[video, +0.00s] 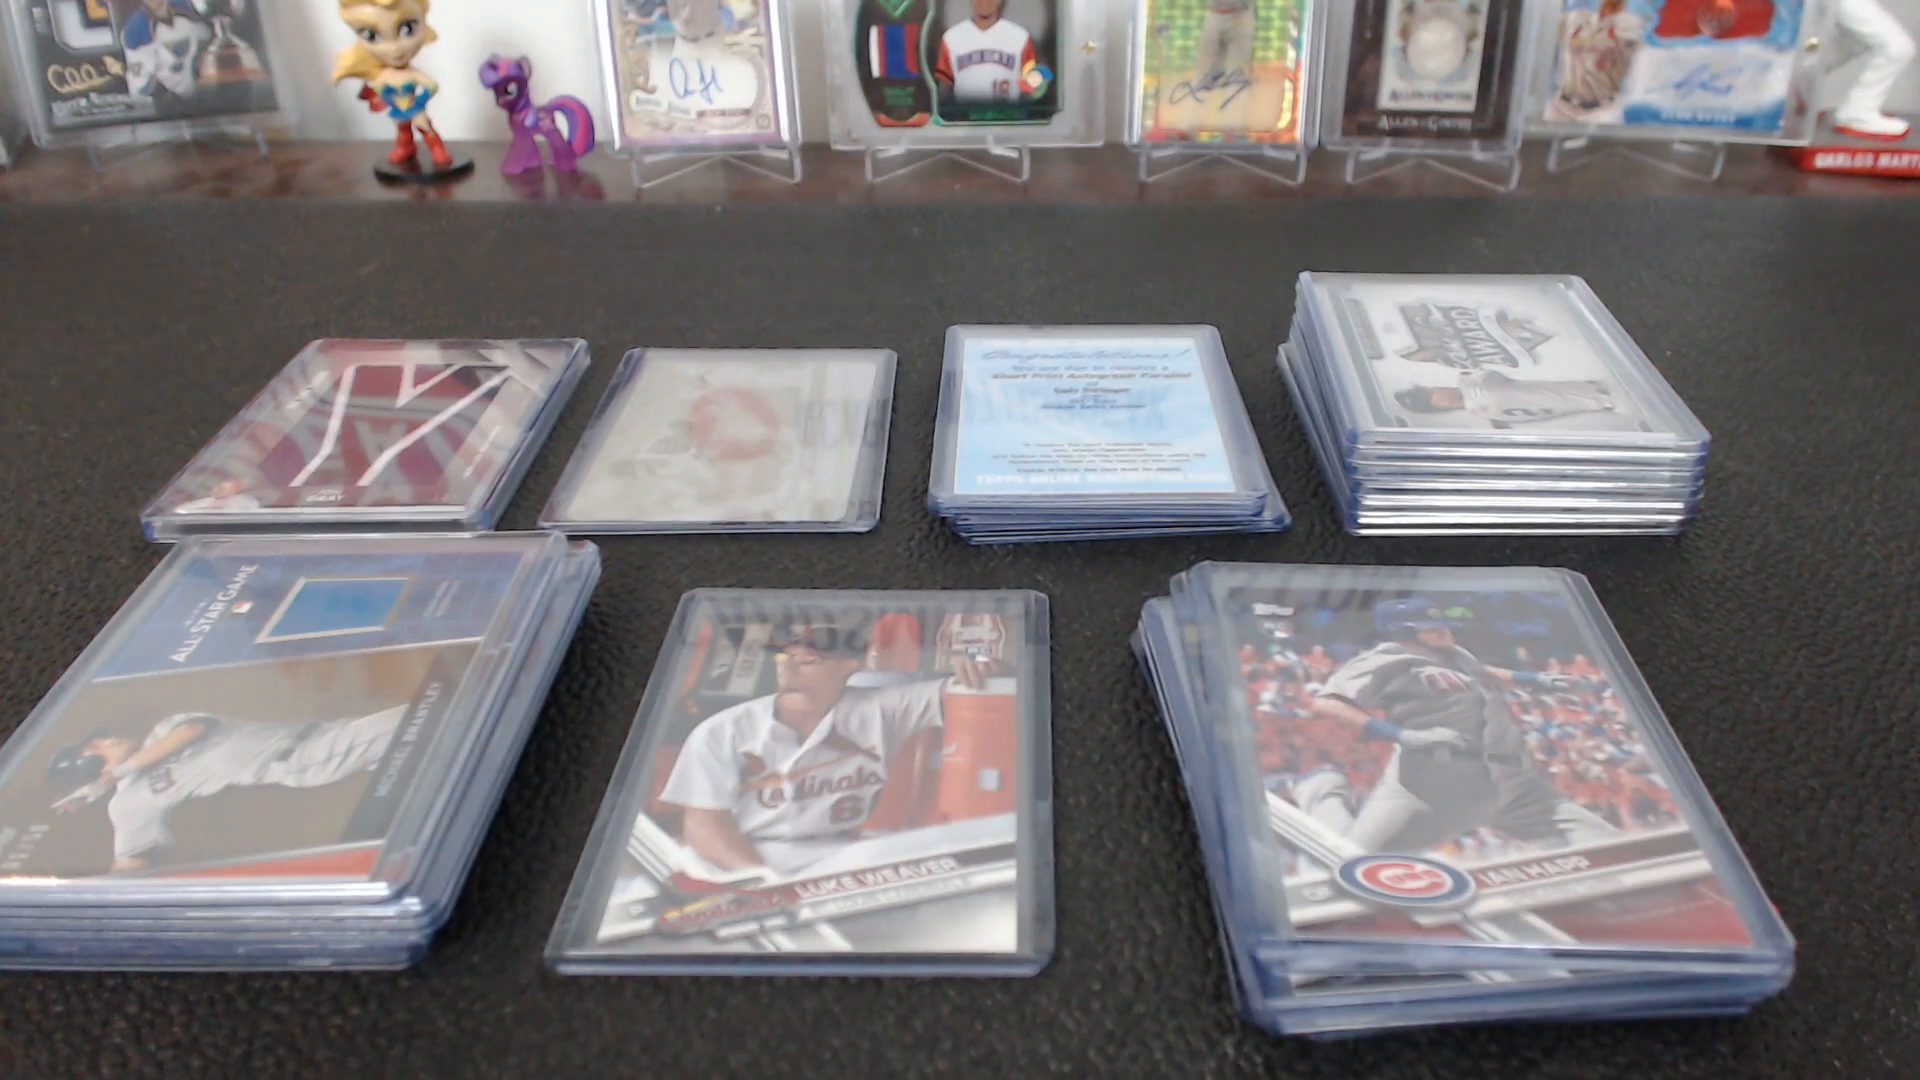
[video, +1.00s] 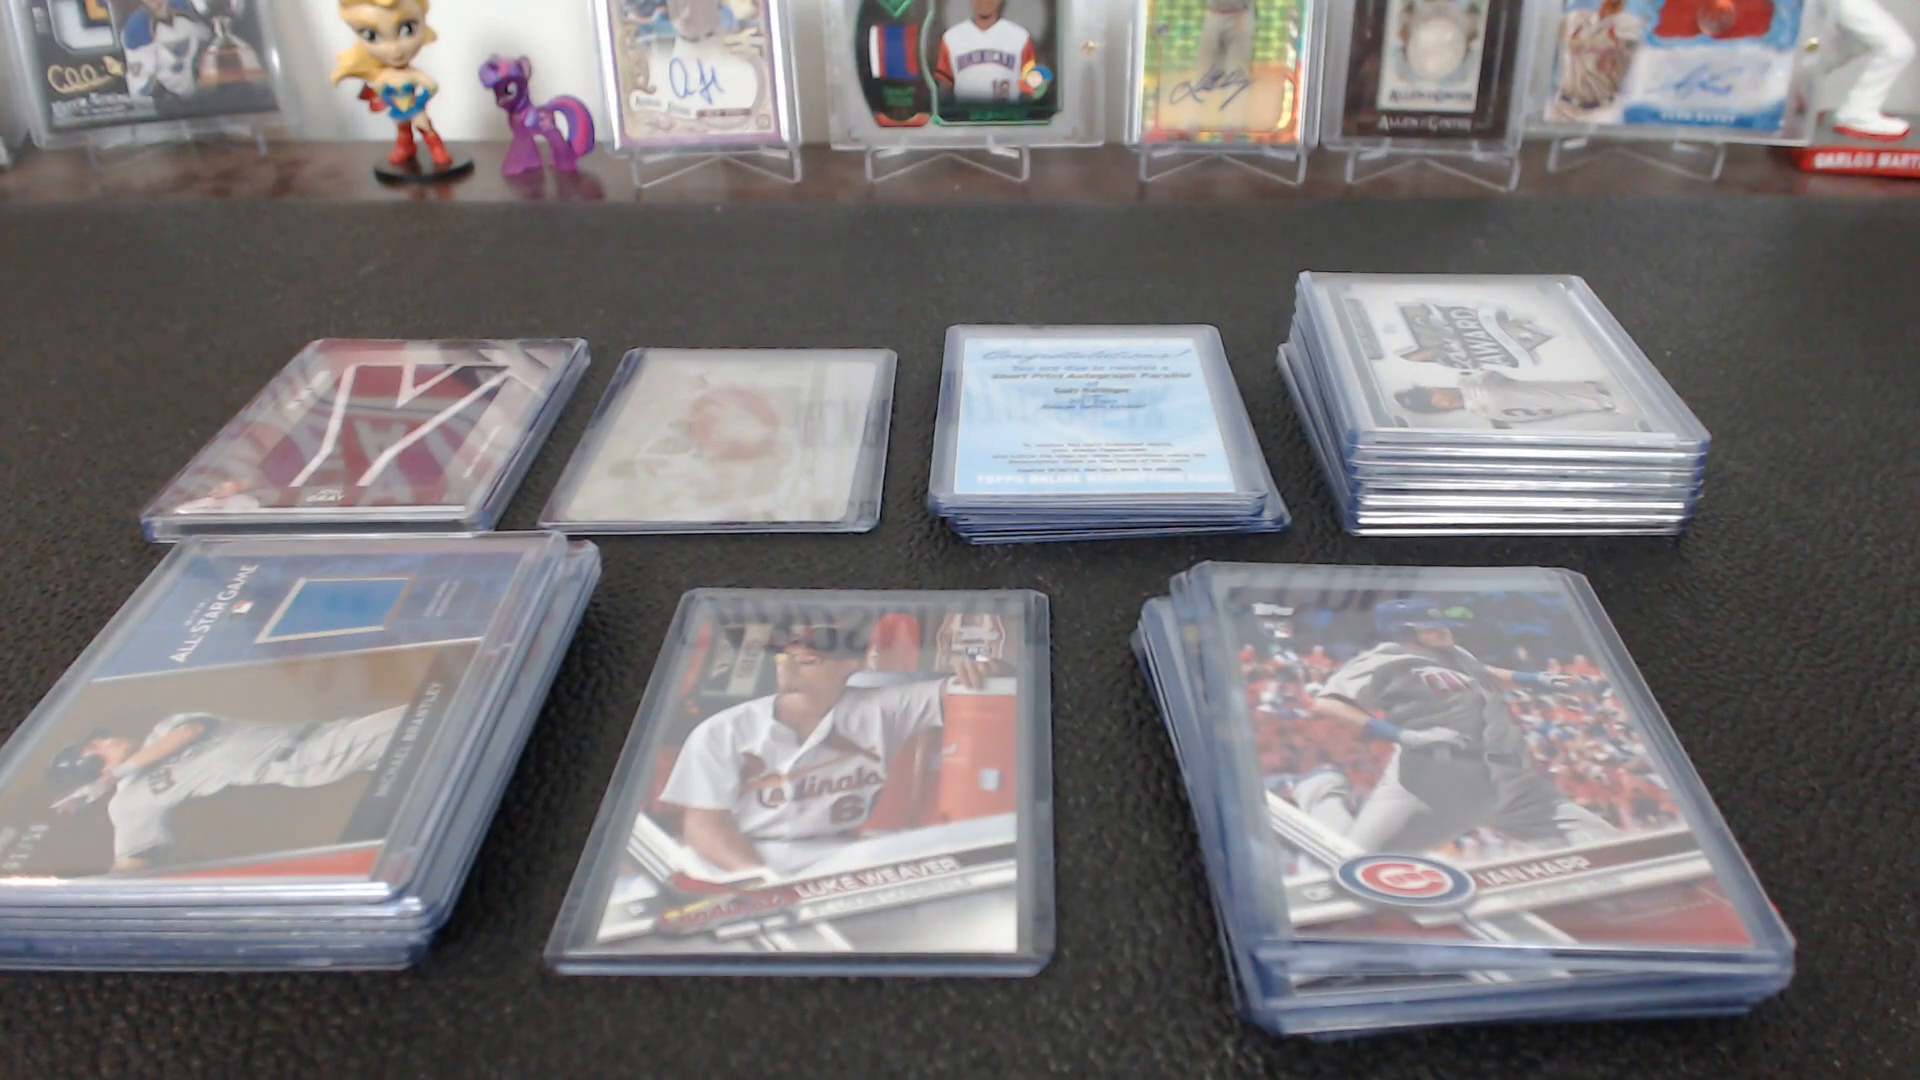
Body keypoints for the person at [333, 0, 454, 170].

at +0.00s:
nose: (393, 49)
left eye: (407, 29)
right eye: (371, 35)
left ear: (424, 26)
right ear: (357, 37)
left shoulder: (414, 75)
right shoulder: (378, 74)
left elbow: (427, 86)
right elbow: (369, 87)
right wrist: (375, 99)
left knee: (421, 122)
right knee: (401, 123)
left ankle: (437, 148)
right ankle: (405, 146)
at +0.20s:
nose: (393, 50)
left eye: (407, 29)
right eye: (371, 35)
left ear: (424, 26)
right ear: (357, 36)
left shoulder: (414, 75)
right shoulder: (378, 74)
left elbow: (426, 86)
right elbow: (369, 88)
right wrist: (375, 99)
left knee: (421, 121)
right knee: (401, 122)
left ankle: (437, 148)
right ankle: (405, 147)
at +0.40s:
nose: (393, 49)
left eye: (407, 29)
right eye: (371, 35)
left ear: (424, 26)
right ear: (357, 36)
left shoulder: (414, 74)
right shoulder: (378, 74)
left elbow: (426, 86)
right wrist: (375, 99)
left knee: (421, 121)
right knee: (401, 122)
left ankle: (437, 148)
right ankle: (405, 146)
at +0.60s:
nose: (394, 49)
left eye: (407, 29)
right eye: (371, 35)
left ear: (424, 26)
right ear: (358, 36)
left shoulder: (414, 74)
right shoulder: (379, 74)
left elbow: (427, 86)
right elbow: (370, 86)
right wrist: (375, 99)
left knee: (421, 122)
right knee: (401, 122)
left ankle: (436, 148)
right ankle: (405, 147)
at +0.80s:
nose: (394, 49)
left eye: (406, 29)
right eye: (371, 35)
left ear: (424, 27)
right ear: (358, 36)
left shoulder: (414, 74)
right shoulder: (378, 74)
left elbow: (427, 86)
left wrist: (419, 108)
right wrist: (375, 99)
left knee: (422, 122)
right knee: (401, 123)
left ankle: (436, 148)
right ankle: (405, 147)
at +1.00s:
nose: (394, 50)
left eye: (407, 30)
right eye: (371, 35)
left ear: (424, 27)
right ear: (357, 36)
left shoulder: (414, 74)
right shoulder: (378, 74)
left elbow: (427, 86)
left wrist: (419, 108)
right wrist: (375, 99)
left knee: (422, 122)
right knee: (401, 123)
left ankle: (436, 148)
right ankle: (405, 147)